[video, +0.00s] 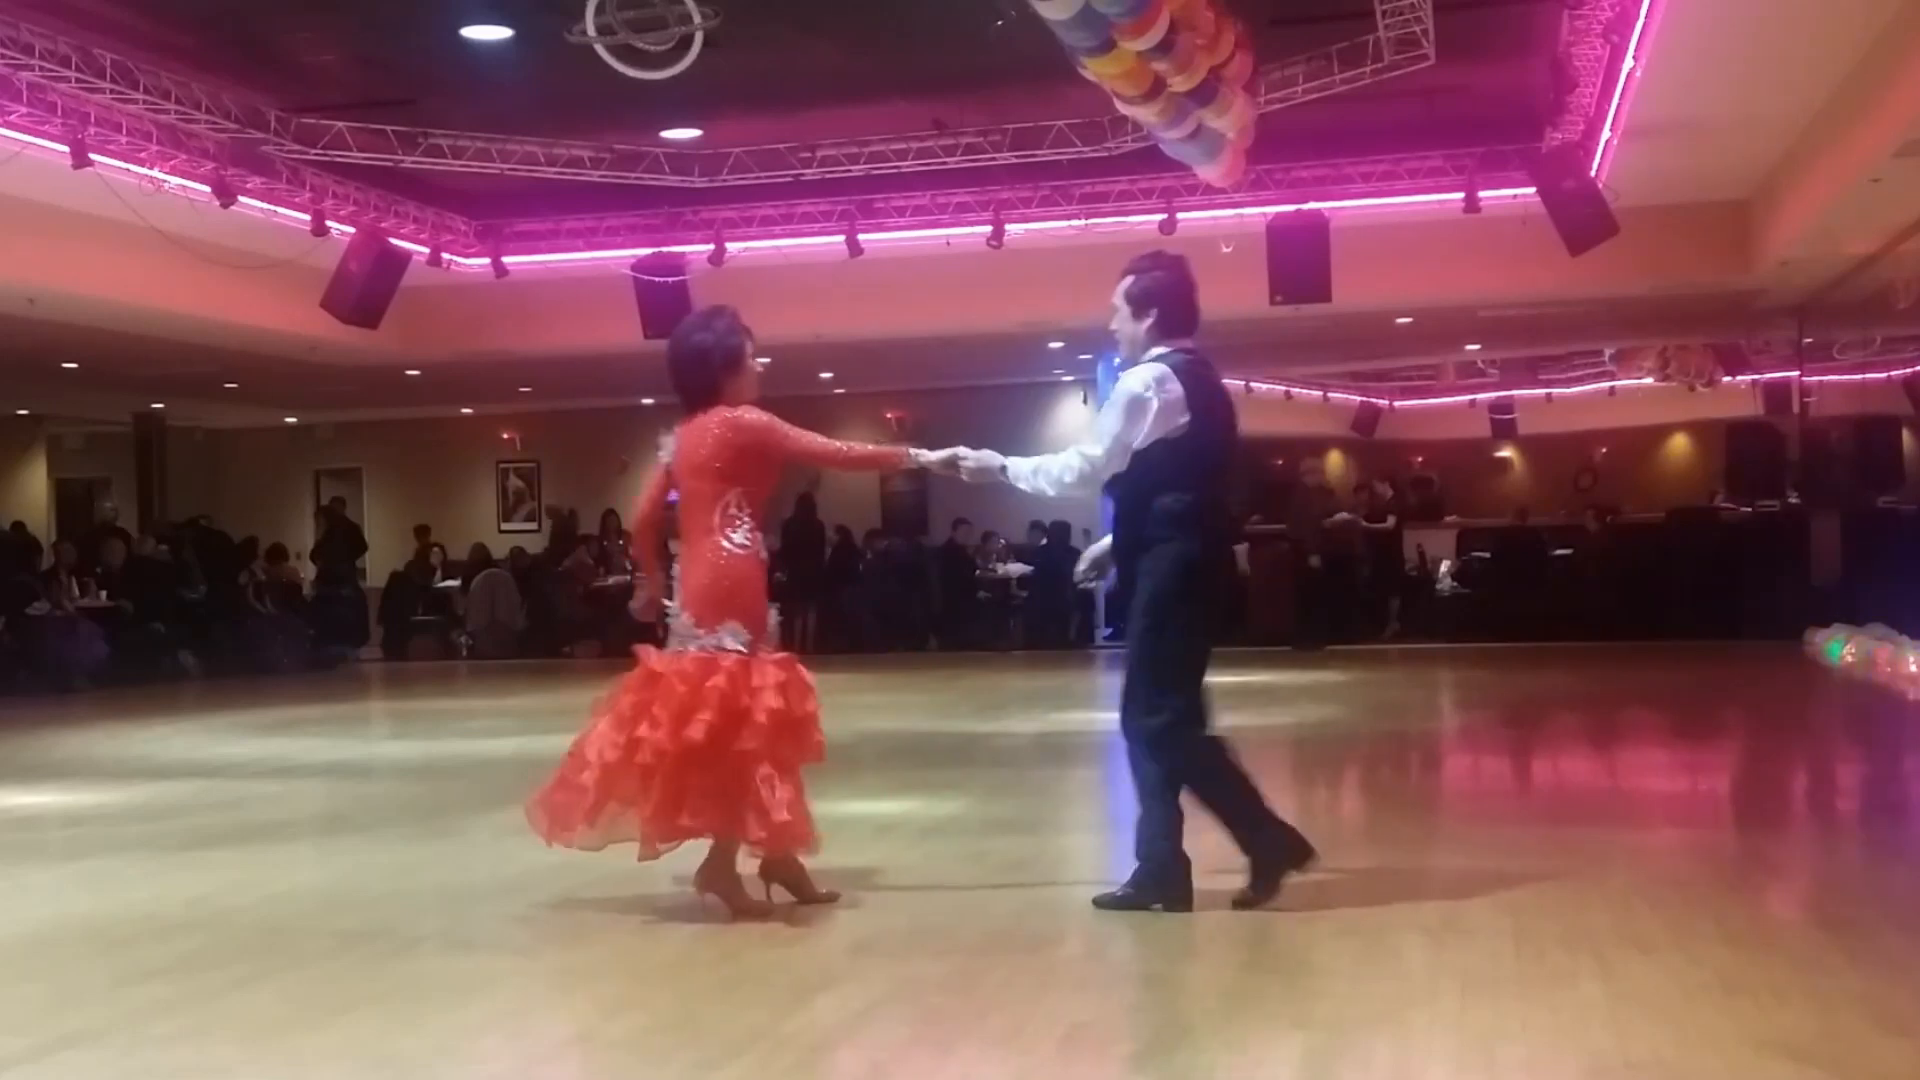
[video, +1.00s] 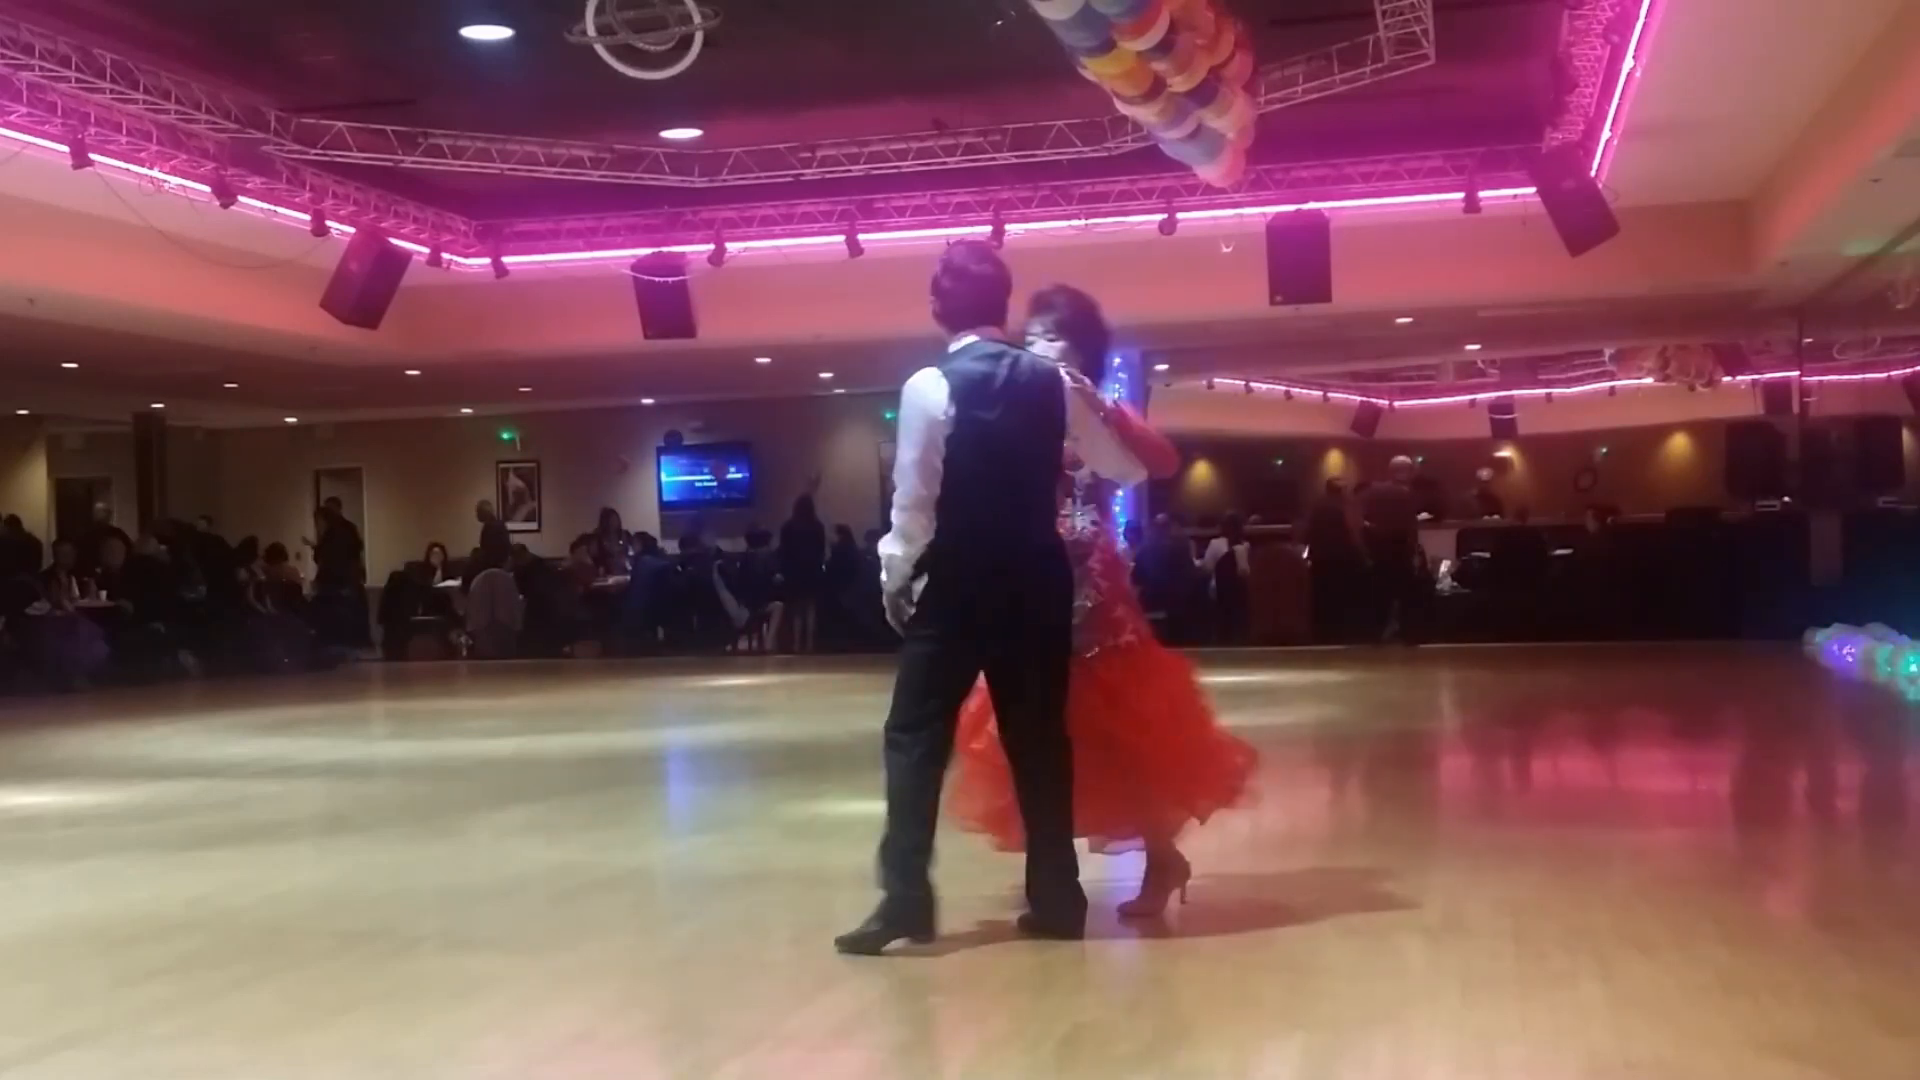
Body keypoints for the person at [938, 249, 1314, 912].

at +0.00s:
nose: (1112, 326)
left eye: (1119, 313)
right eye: (1114, 313)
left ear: (1149, 316)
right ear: (1165, 316)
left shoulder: (1149, 380)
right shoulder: (1197, 377)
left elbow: (1086, 469)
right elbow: (1177, 484)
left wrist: (993, 466)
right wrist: (1119, 540)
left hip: (1172, 562)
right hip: (1192, 557)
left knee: (1154, 716)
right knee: (1162, 714)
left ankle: (1270, 841)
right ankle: (1160, 870)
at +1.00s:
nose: (934, 317)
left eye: (935, 308)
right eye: (1013, 306)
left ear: (941, 313)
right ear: (1006, 309)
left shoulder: (929, 386)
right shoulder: (1056, 382)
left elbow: (916, 494)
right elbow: (1120, 465)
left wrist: (895, 577)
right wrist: (1073, 469)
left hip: (956, 583)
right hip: (1036, 582)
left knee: (913, 735)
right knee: (1039, 737)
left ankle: (905, 898)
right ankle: (1058, 902)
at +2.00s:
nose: (1006, 308)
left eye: (1002, 296)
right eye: (1001, 296)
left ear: (926, 301)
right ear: (992, 300)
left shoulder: (891, 378)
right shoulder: (1011, 373)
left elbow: (884, 476)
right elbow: (1117, 426)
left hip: (913, 565)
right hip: (990, 568)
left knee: (920, 726)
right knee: (1032, 731)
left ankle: (886, 895)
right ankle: (1055, 902)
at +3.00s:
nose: (944, 316)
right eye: (946, 305)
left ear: (881, 305)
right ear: (947, 309)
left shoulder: (842, 389)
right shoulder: (962, 384)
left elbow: (785, 479)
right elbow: (1047, 446)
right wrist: (1111, 475)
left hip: (860, 571)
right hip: (932, 574)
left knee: (880, 730)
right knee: (952, 735)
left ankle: (880, 895)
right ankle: (901, 894)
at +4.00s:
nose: (863, 309)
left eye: (868, 296)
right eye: (866, 295)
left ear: (890, 303)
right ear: (938, 300)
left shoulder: (897, 375)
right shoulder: (973, 371)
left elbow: (839, 465)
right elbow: (1033, 458)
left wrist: (759, 513)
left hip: (917, 588)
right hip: (968, 579)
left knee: (909, 750)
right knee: (952, 742)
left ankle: (925, 919)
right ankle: (1011, 892)